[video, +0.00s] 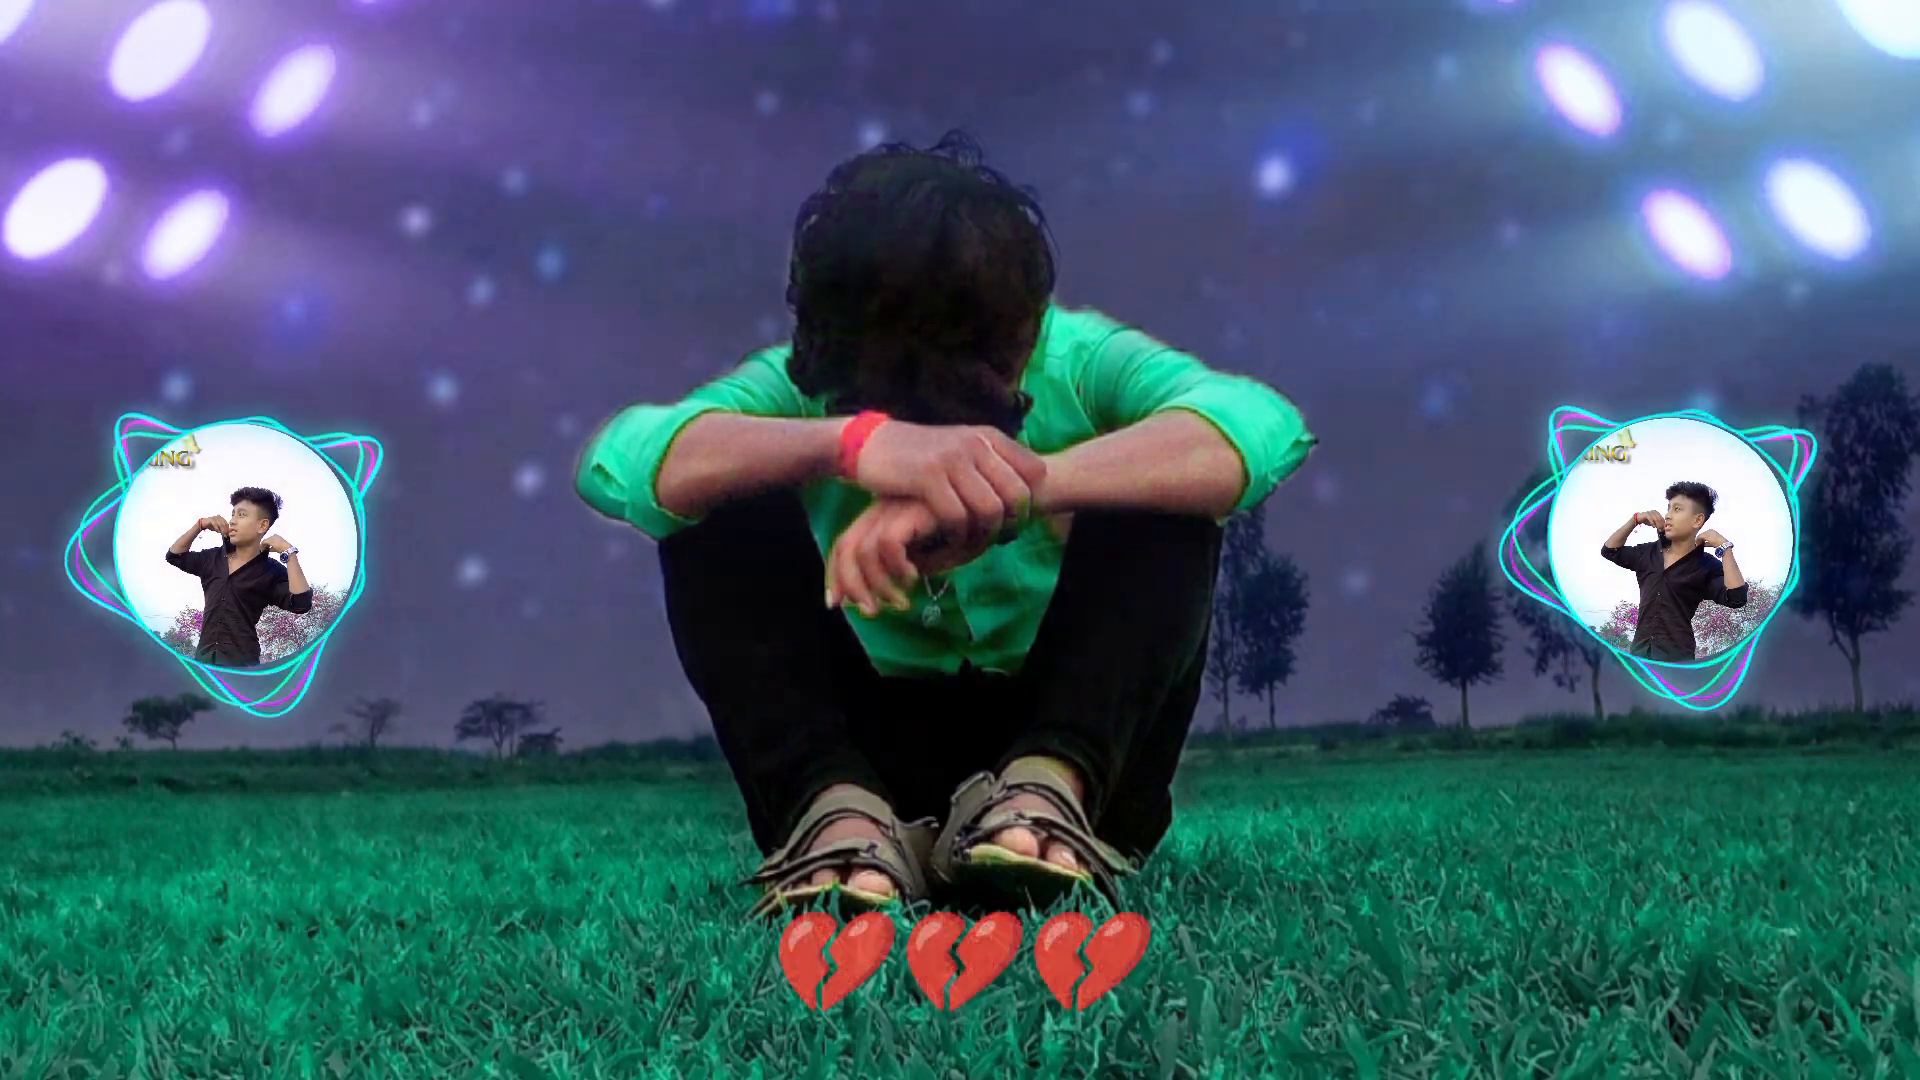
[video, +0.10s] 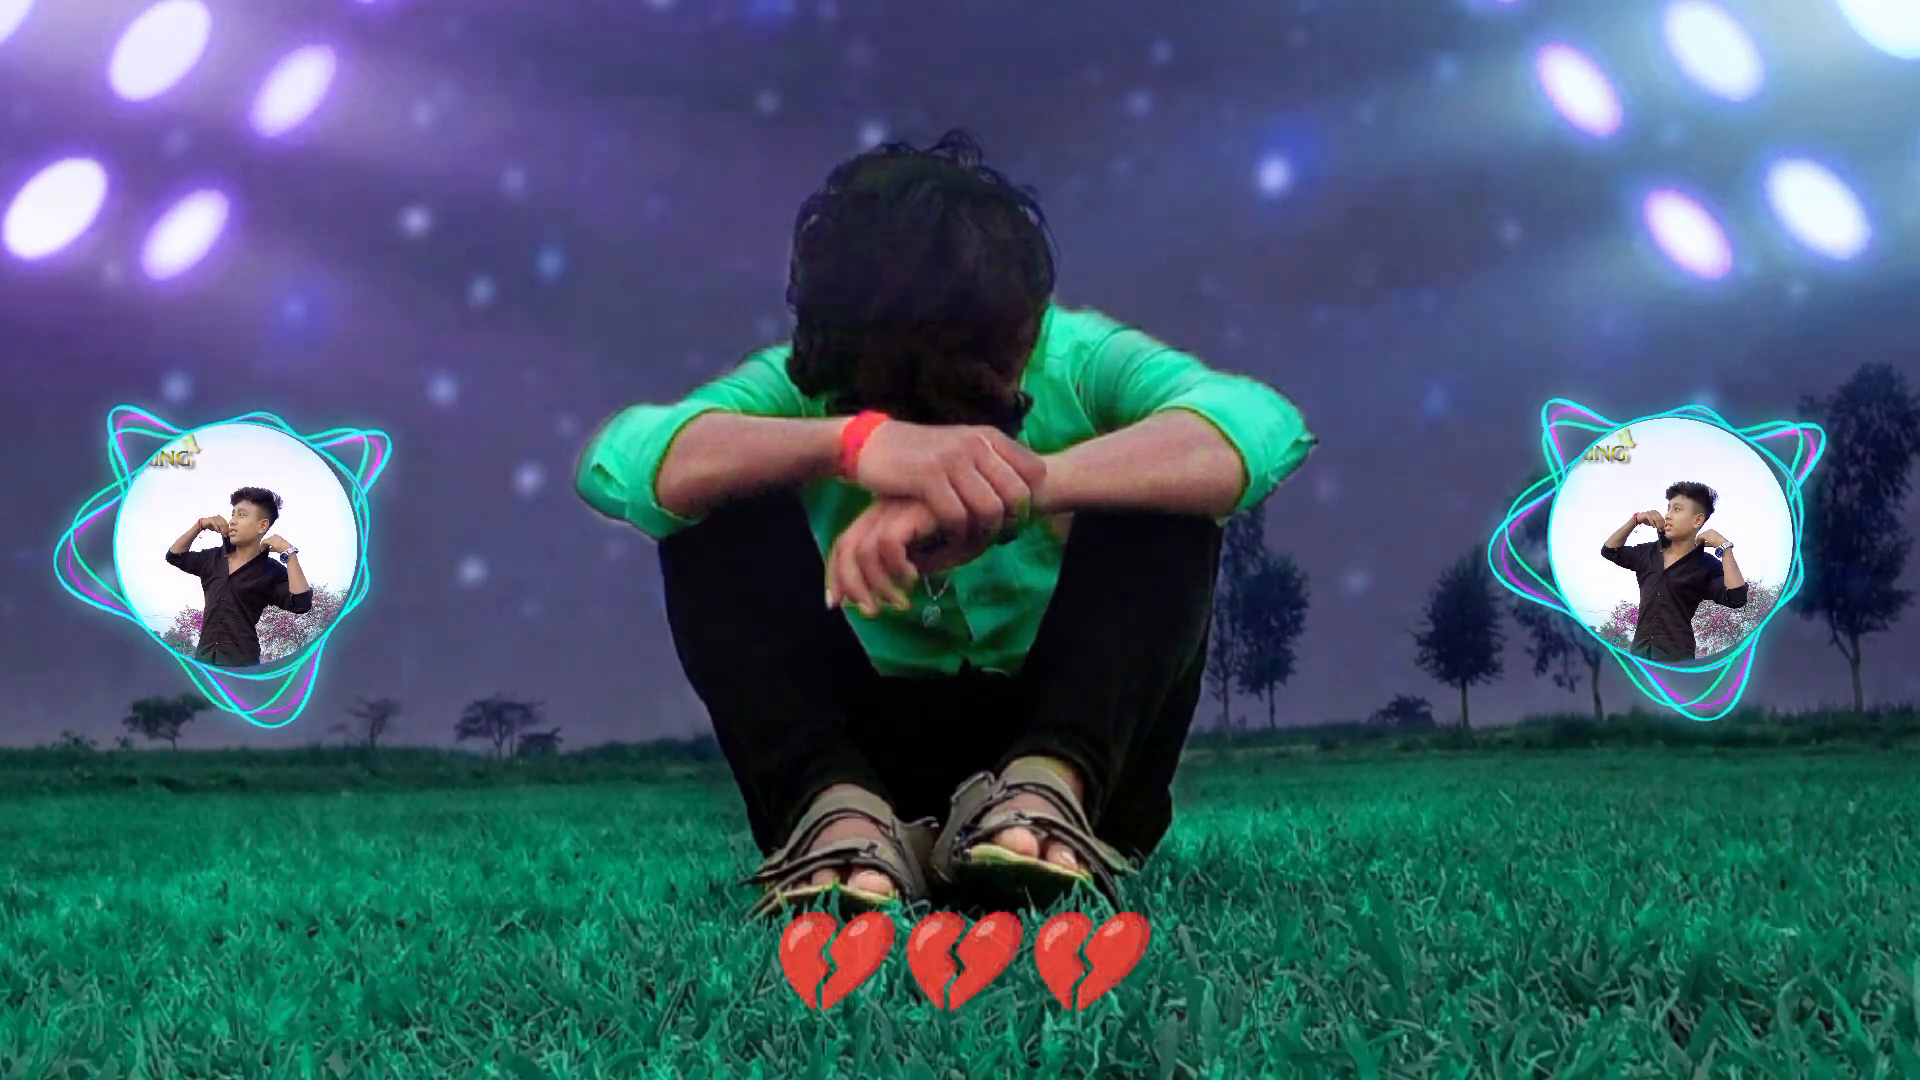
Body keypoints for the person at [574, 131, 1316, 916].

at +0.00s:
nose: (934, 435)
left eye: (971, 396)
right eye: (898, 402)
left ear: (1021, 343)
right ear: (828, 361)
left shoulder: (1075, 355)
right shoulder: (795, 383)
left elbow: (1265, 429)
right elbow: (611, 467)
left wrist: (1000, 491)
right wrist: (850, 446)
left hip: (1064, 752)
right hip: (866, 759)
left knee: (1165, 488)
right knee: (714, 505)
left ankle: (1043, 790)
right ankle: (837, 819)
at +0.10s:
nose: (929, 445)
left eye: (973, 401)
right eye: (898, 412)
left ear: (1020, 345)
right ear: (830, 366)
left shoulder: (1073, 354)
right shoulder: (796, 383)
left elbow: (1266, 429)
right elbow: (611, 467)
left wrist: (1001, 491)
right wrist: (851, 447)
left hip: (1059, 747)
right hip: (864, 754)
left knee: (1165, 488)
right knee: (713, 501)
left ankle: (1044, 790)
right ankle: (836, 818)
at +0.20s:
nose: (912, 457)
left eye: (953, 423)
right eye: (873, 417)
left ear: (1019, 360)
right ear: (813, 367)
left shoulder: (1077, 356)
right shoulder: (793, 382)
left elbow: (1265, 429)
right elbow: (611, 468)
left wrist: (999, 491)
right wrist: (850, 446)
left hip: (1059, 747)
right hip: (865, 752)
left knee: (1164, 489)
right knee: (713, 505)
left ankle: (1043, 790)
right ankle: (837, 818)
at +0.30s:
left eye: (985, 394)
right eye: (903, 416)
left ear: (1023, 340)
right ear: (833, 367)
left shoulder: (1074, 354)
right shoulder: (794, 383)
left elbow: (1264, 429)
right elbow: (612, 467)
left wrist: (1002, 491)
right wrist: (851, 447)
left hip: (1060, 749)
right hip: (863, 758)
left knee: (1165, 488)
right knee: (712, 501)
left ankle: (1043, 789)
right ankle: (836, 818)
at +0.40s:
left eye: (993, 384)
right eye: (906, 413)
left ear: (1025, 336)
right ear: (837, 369)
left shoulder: (1073, 353)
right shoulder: (796, 383)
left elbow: (1265, 429)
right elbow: (611, 467)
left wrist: (998, 492)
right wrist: (851, 447)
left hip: (1060, 749)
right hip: (863, 758)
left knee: (1166, 488)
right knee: (713, 501)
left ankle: (1044, 789)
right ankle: (836, 816)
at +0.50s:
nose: (927, 453)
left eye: (960, 412)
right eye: (887, 414)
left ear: (1020, 353)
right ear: (819, 367)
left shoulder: (1077, 354)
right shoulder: (795, 382)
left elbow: (1266, 429)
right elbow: (612, 467)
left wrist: (1000, 492)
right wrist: (853, 445)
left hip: (1060, 747)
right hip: (865, 753)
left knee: (1164, 484)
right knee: (713, 503)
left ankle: (1044, 788)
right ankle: (835, 815)